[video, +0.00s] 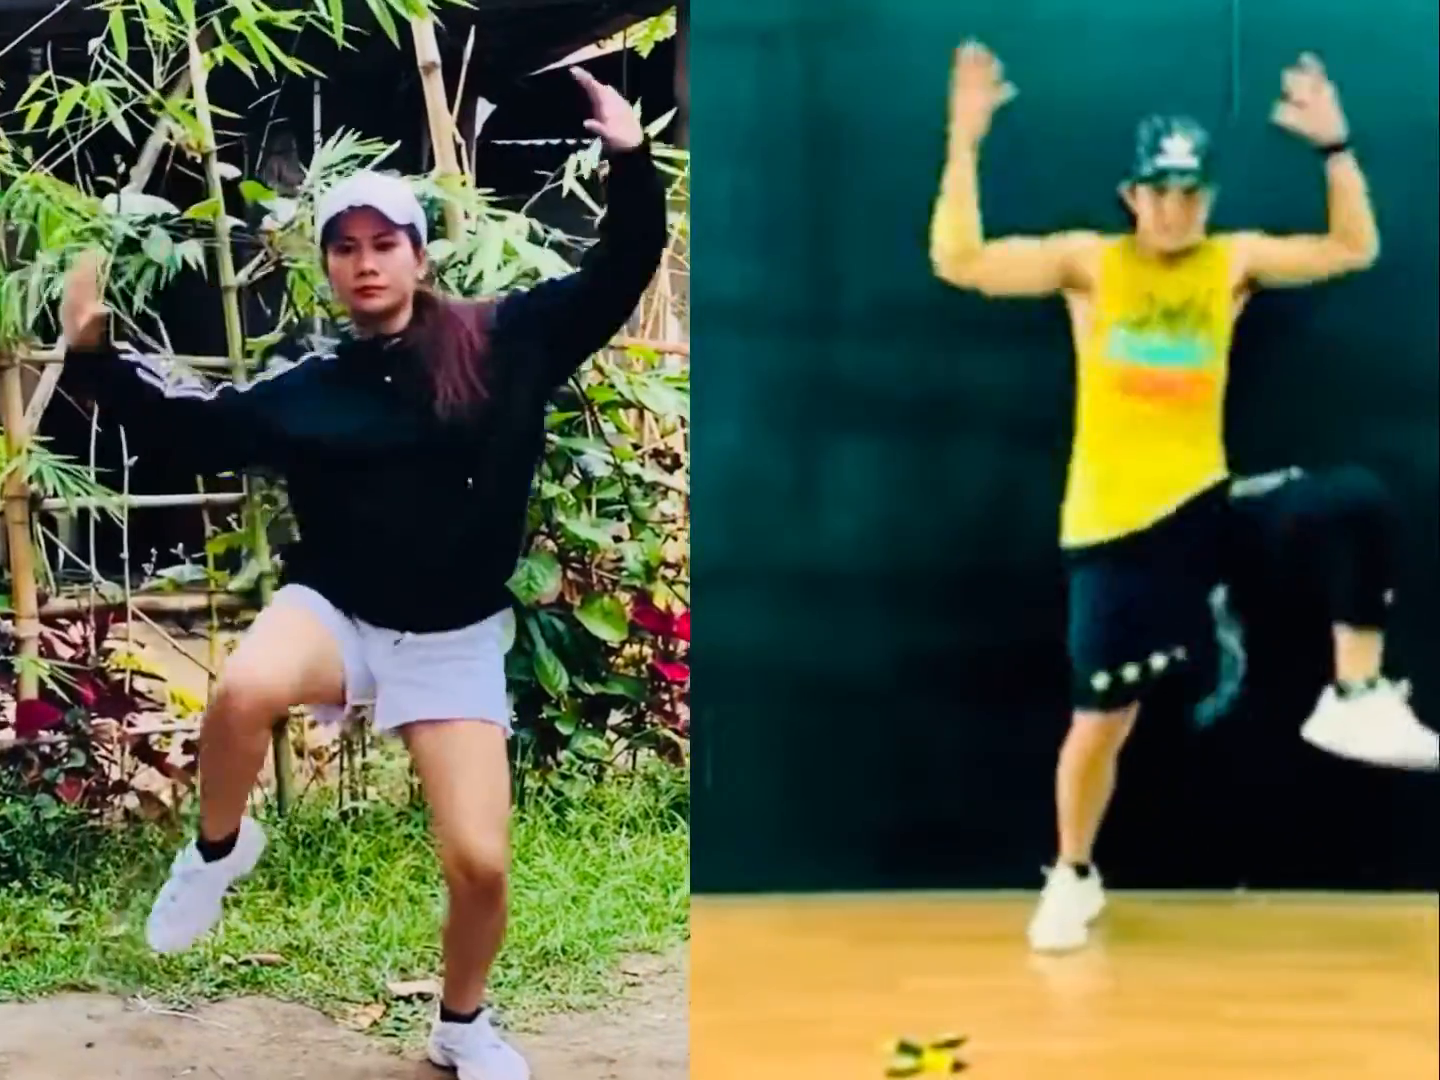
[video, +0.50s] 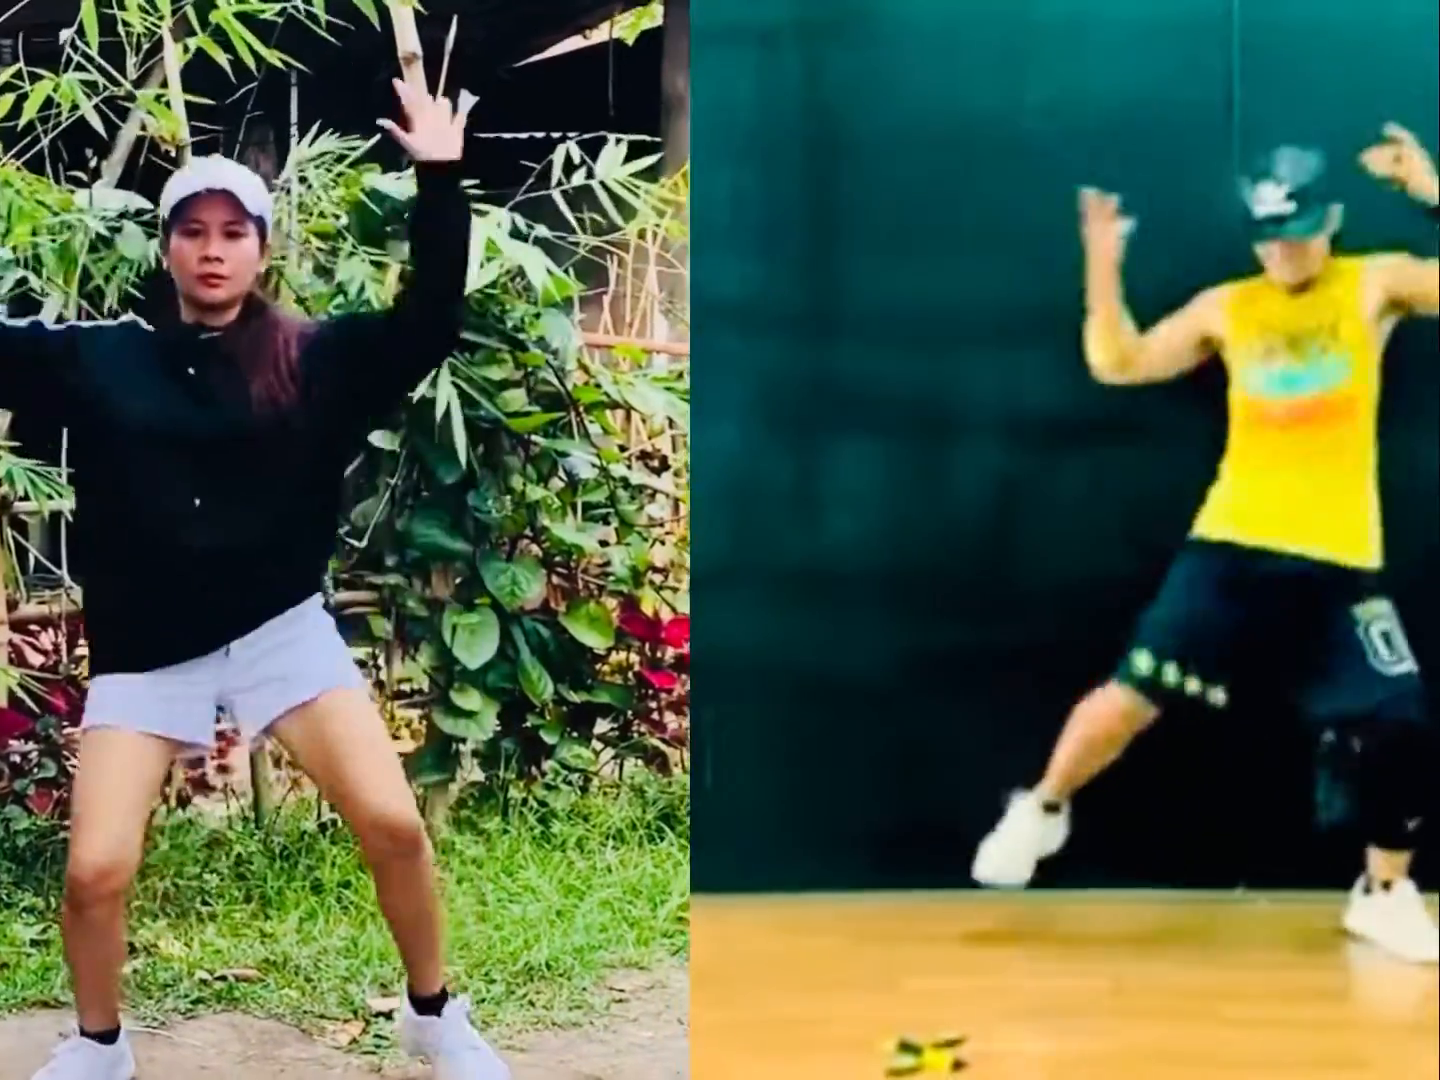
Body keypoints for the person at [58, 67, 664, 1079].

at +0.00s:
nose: (363, 263)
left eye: (382, 243)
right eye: (344, 247)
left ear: (420, 254)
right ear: (325, 268)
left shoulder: (502, 337)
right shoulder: (302, 388)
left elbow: (620, 271)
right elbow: (181, 434)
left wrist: (628, 155)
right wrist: (89, 357)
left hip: (459, 632)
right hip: (333, 612)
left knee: (482, 861)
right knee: (241, 691)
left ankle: (462, 1023)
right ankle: (216, 852)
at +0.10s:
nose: (353, 253)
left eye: (373, 231)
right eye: (333, 237)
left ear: (413, 242)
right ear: (315, 257)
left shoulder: (484, 322)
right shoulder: (299, 376)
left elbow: (592, 245)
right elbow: (171, 395)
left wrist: (553, 118)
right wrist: (49, 312)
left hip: (442, 620)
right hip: (312, 608)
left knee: (475, 853)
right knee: (220, 759)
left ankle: (460, 1023)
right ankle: (162, 907)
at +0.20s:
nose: (328, 255)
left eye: (347, 237)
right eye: (309, 239)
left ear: (383, 249)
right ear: (288, 258)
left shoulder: (449, 338)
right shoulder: (250, 368)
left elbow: (568, 300)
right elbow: (128, 341)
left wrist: (482, 223)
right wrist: (75, 220)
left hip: (432, 634)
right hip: (293, 638)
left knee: (474, 855)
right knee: (188, 809)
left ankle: (460, 1023)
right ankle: (125, 981)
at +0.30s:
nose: (293, 288)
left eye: (314, 271)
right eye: (275, 270)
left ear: (345, 288)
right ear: (248, 286)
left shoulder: (400, 377)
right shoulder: (210, 386)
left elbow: (534, 423)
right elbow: (102, 359)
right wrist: (158, 260)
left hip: (408, 647)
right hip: (271, 669)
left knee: (460, 869)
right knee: (173, 859)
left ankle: (461, 1027)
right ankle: (121, 1029)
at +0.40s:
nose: (247, 287)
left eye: (269, 271)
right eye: (228, 270)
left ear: (298, 293)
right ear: (201, 290)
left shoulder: (347, 406)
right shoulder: (134, 403)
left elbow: (473, 441)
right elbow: (22, 414)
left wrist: (511, 333)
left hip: (344, 665)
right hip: (201, 688)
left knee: (425, 872)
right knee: (120, 885)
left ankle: (451, 1037)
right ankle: (107, 1043)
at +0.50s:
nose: (212, 250)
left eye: (232, 232)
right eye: (193, 232)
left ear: (263, 249)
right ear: (164, 249)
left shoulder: (314, 356)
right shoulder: (99, 360)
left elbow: (429, 321)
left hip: (285, 628)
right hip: (140, 648)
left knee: (396, 826)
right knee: (93, 872)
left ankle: (434, 1016)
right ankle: (98, 1046)